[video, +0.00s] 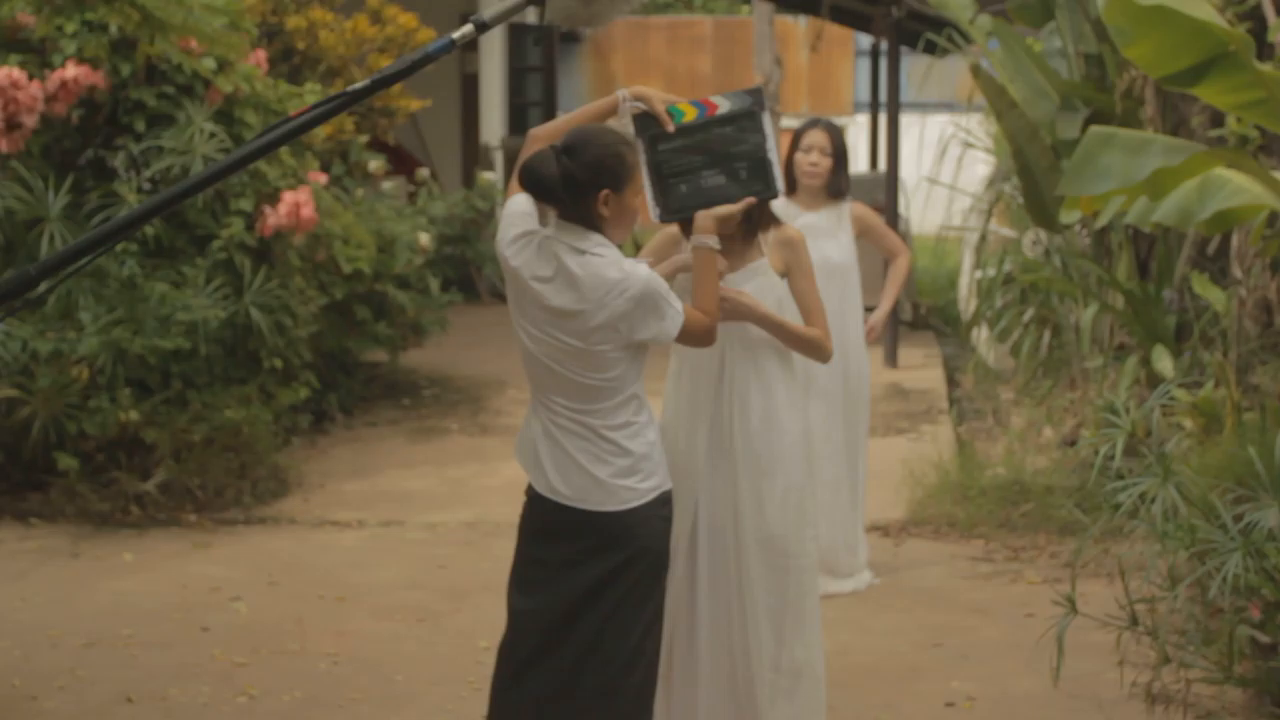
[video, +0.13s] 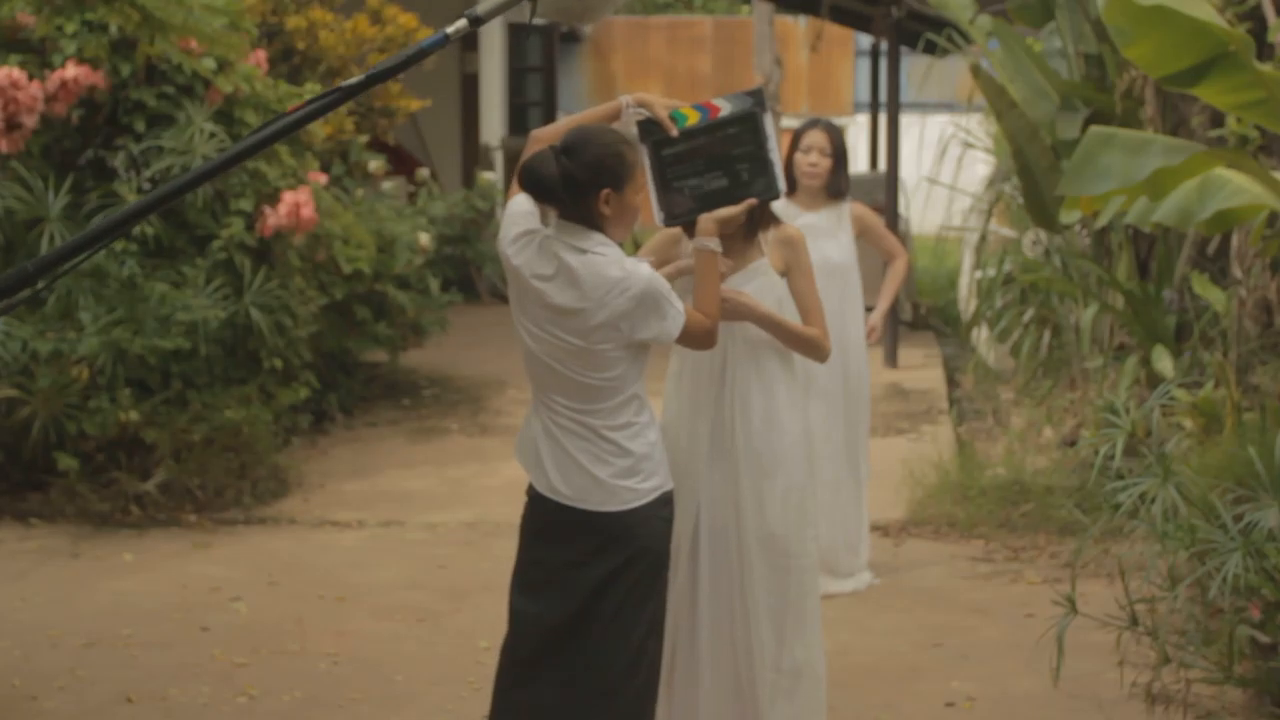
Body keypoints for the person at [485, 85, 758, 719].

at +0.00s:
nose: (641, 199)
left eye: (639, 185)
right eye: (634, 187)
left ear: (567, 198)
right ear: (606, 202)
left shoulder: (520, 244)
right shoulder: (626, 286)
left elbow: (537, 143)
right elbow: (702, 326)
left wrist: (616, 100)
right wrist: (704, 240)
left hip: (551, 487)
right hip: (626, 494)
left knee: (529, 657)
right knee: (619, 668)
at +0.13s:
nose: (642, 196)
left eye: (641, 184)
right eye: (636, 186)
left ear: (564, 196)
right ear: (607, 200)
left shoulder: (522, 242)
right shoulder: (629, 284)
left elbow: (536, 146)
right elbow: (703, 330)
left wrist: (616, 107)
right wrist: (706, 238)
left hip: (551, 484)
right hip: (627, 491)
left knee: (533, 652)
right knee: (622, 664)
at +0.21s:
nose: (645, 194)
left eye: (643, 183)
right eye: (638, 185)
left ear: (563, 195)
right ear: (608, 200)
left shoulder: (524, 243)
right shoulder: (630, 284)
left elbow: (537, 148)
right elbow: (704, 332)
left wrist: (620, 110)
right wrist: (707, 242)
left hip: (554, 486)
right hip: (629, 493)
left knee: (531, 654)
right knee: (622, 665)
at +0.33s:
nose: (648, 194)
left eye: (647, 182)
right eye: (642, 185)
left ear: (566, 194)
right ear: (611, 200)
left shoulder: (526, 242)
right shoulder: (634, 285)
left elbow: (540, 149)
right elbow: (707, 336)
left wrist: (622, 112)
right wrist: (711, 249)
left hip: (556, 487)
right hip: (632, 493)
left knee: (533, 657)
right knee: (624, 667)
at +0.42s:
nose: (651, 191)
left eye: (650, 179)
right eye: (644, 182)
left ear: (569, 194)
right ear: (613, 199)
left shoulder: (528, 240)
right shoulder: (635, 284)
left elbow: (546, 145)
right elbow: (708, 335)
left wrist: (622, 112)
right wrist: (715, 243)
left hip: (557, 484)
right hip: (633, 492)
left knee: (534, 653)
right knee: (625, 665)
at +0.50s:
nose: (653, 191)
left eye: (652, 180)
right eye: (647, 182)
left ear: (574, 196)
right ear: (617, 200)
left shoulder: (530, 241)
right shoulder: (639, 284)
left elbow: (554, 140)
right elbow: (708, 336)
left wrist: (631, 108)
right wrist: (718, 240)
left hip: (559, 485)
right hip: (635, 492)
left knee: (535, 652)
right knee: (626, 664)